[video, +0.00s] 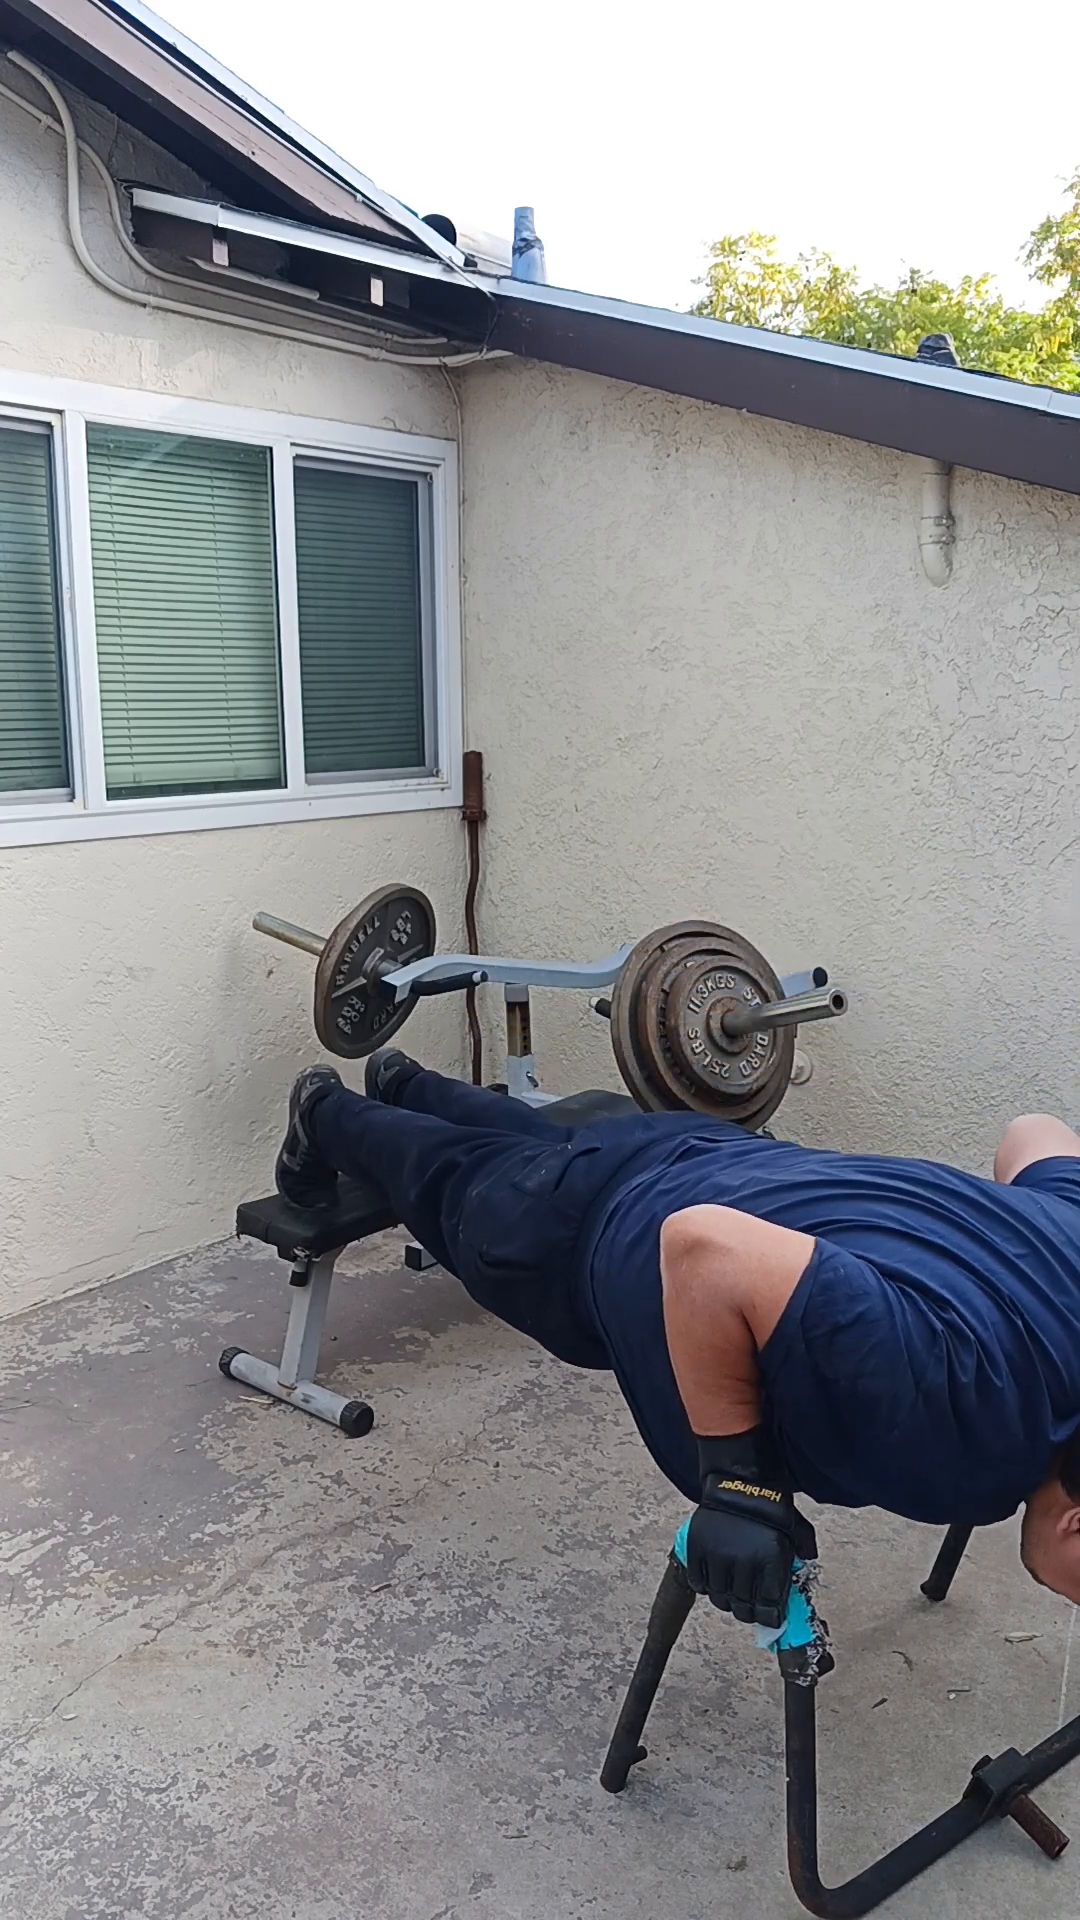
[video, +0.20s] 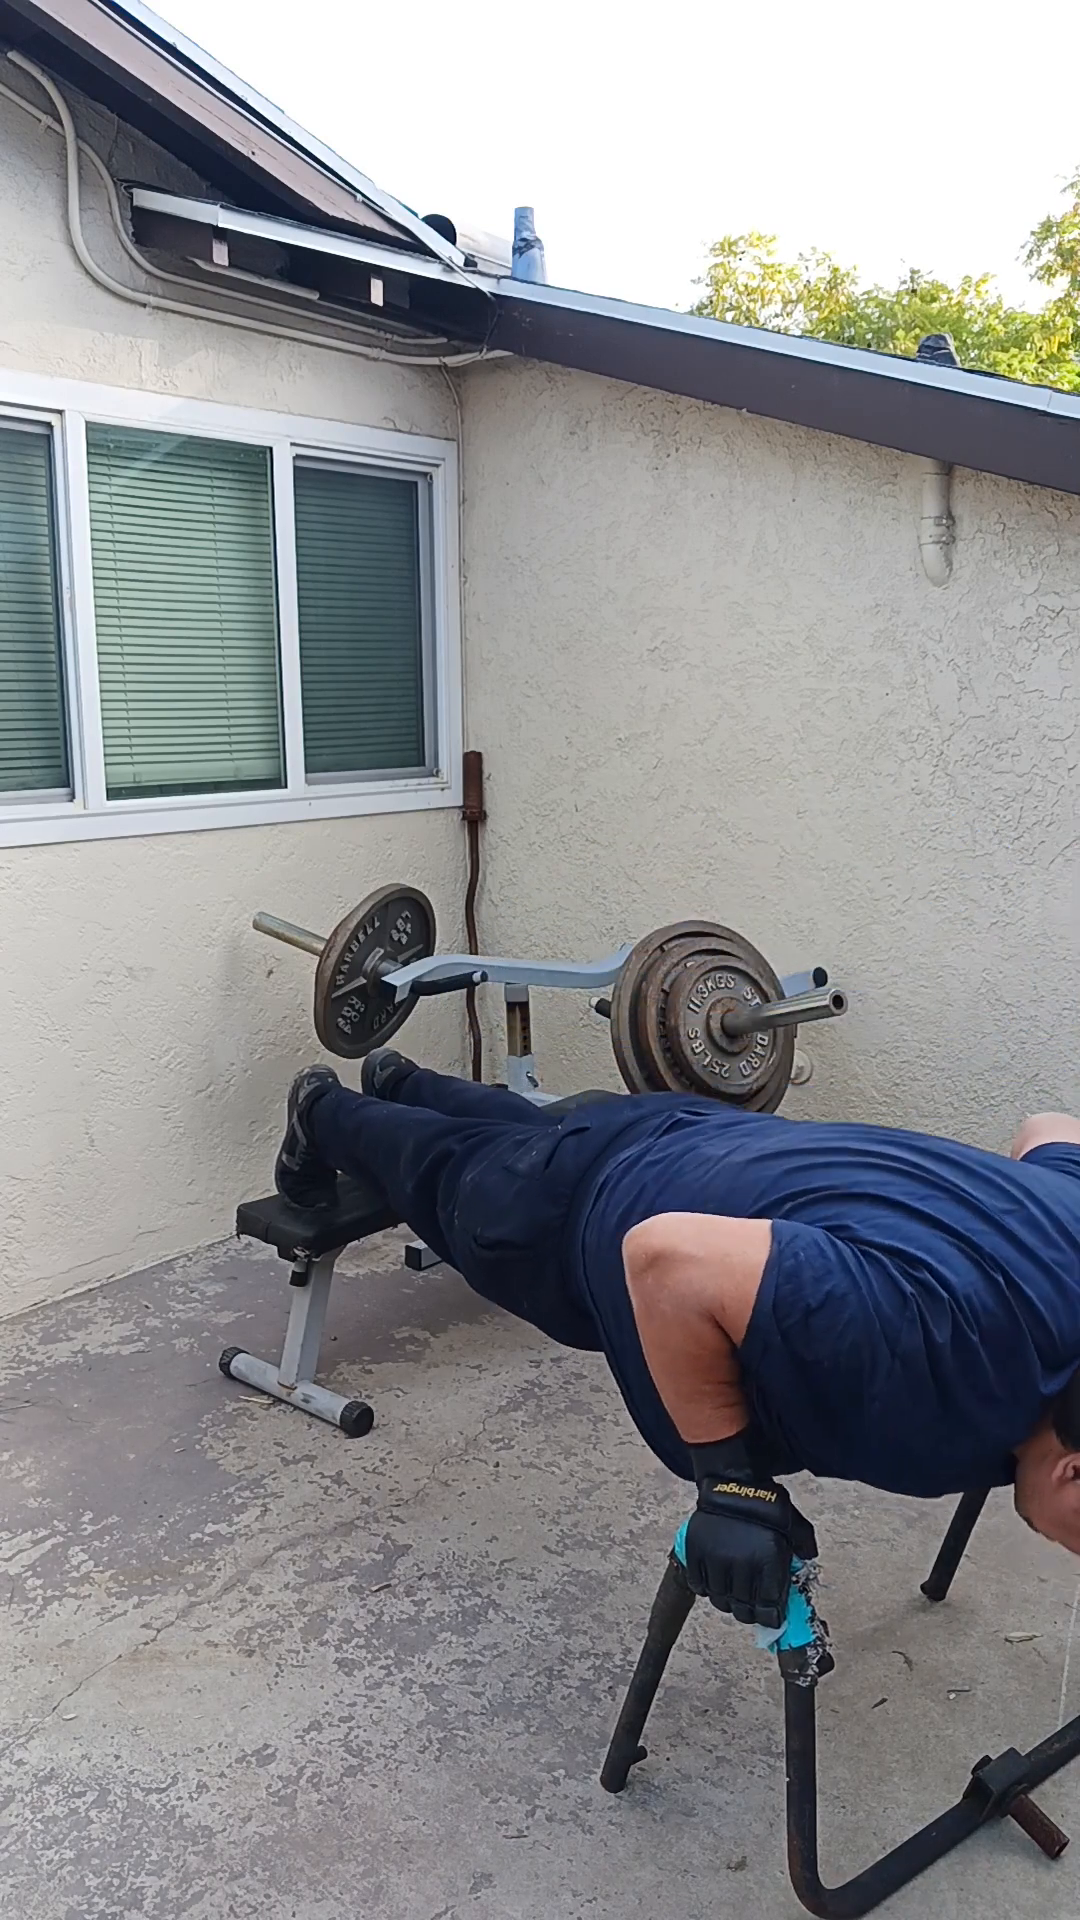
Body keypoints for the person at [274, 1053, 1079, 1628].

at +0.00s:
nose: (1051, 1586)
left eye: (1061, 1590)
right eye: (1066, 1584)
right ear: (1074, 1521)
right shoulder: (952, 1405)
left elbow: (1037, 1132)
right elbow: (702, 1255)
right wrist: (735, 1485)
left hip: (733, 1151)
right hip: (627, 1218)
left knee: (547, 1136)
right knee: (458, 1189)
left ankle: (409, 1089)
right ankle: (328, 1114)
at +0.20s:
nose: (1048, 1530)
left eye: (1061, 1526)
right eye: (1066, 1523)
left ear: (1069, 1462)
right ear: (1067, 1467)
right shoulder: (917, 1350)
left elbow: (1052, 1131)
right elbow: (666, 1265)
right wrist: (731, 1483)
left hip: (727, 1125)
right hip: (612, 1200)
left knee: (539, 1131)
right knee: (454, 1178)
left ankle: (404, 1085)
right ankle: (326, 1112)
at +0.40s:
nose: (1059, 1372)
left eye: (1069, 1369)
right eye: (1071, 1357)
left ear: (1070, 1270)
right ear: (1062, 1281)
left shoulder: (1074, 1150)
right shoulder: (897, 1221)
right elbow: (633, 1280)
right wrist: (729, 1480)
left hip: (721, 1063)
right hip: (603, 1137)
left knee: (524, 1104)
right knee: (448, 1136)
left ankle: (397, 1099)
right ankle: (322, 1112)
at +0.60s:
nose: (1054, 1173)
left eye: (1072, 1164)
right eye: (1064, 1147)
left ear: (1057, 1073)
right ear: (1040, 1078)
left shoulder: (1050, 1008)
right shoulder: (826, 1081)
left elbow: (1057, 1175)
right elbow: (655, 1259)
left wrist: (1059, 1318)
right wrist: (731, 1475)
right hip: (604, 1065)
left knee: (512, 1118)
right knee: (449, 1114)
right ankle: (324, 1112)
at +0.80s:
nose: (1056, 1039)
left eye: (1073, 1023)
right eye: (1061, 1009)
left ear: (1032, 937)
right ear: (1019, 935)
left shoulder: (1026, 962)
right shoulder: (818, 974)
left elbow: (1043, 1147)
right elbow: (732, 1226)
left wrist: (1059, 1321)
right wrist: (741, 1474)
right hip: (601, 1018)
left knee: (515, 1116)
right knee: (444, 1088)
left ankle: (410, 1142)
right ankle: (320, 1115)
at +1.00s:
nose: (1054, 1023)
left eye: (1072, 1007)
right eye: (1055, 993)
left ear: (1020, 915)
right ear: (1011, 918)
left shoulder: (1023, 958)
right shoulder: (818, 974)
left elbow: (1039, 1151)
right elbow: (736, 1223)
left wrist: (1059, 1321)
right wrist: (740, 1472)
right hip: (600, 995)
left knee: (516, 1100)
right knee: (440, 1078)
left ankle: (394, 1127)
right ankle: (317, 1114)